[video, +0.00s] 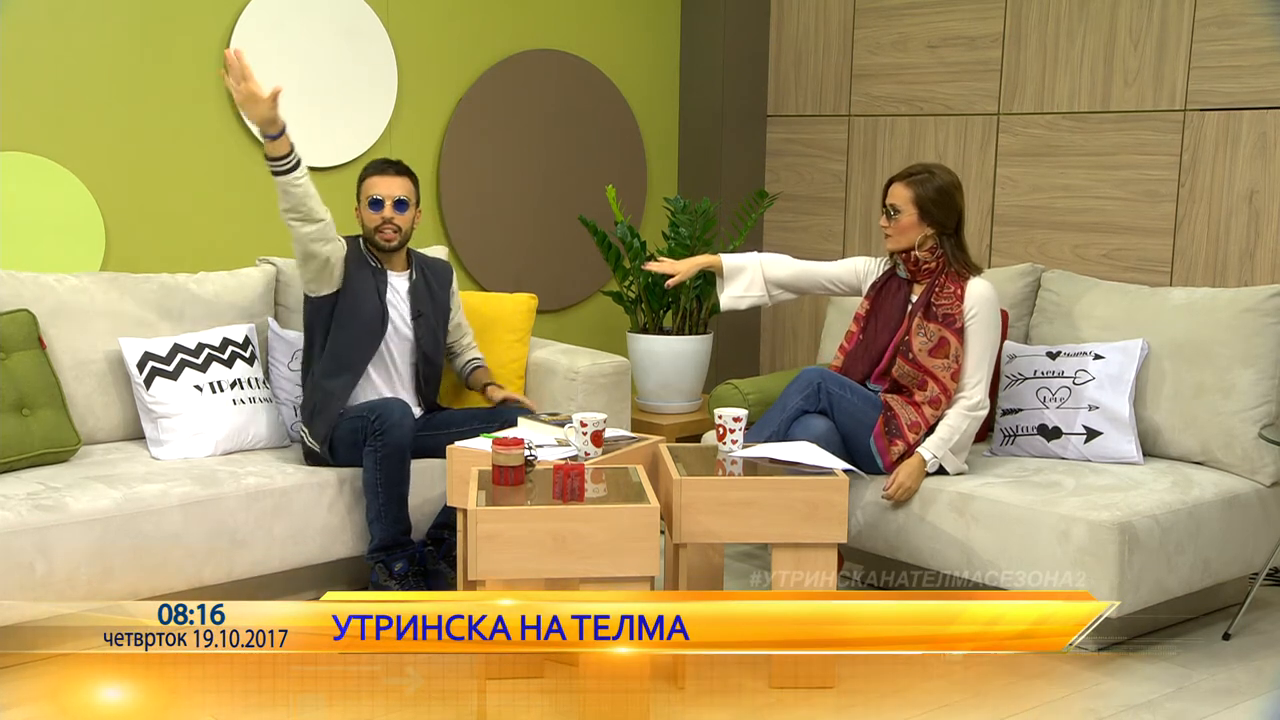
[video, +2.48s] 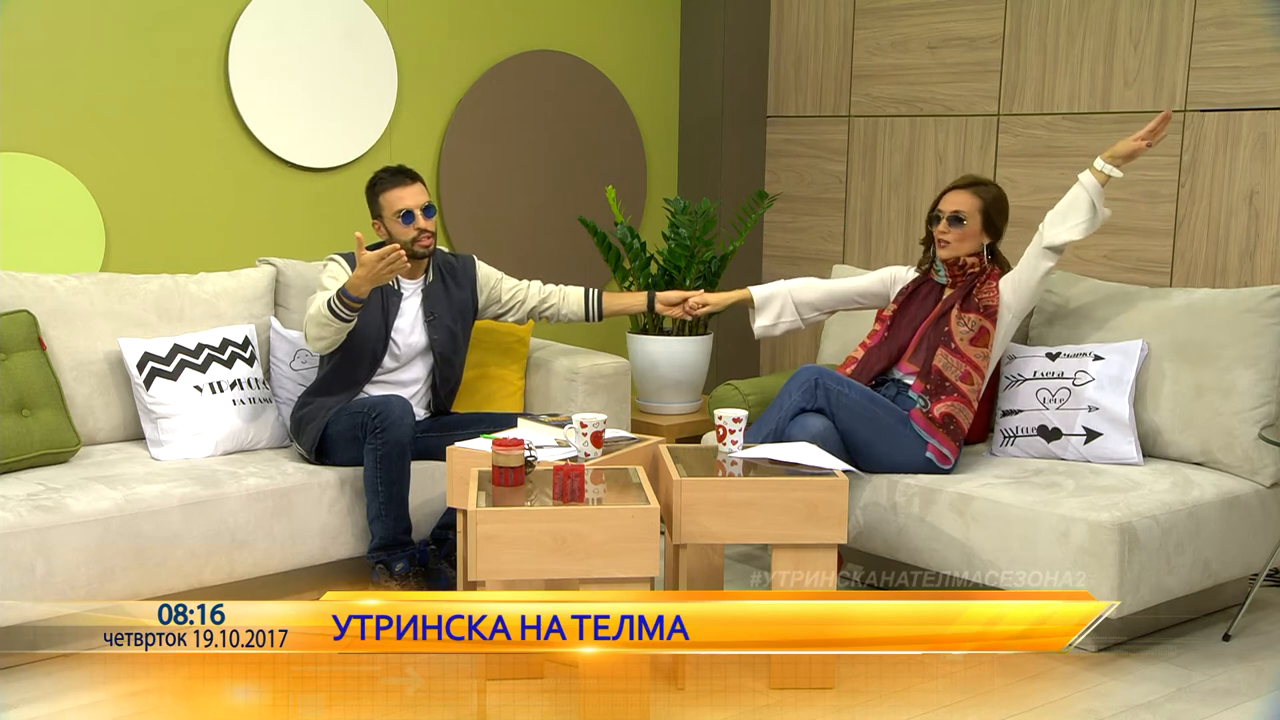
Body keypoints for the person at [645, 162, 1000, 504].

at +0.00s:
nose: (884, 222)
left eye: (895, 213)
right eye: (886, 212)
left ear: (932, 222)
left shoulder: (974, 295)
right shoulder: (881, 271)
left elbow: (972, 399)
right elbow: (797, 273)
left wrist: (921, 460)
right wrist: (705, 262)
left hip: (915, 440)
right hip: (862, 423)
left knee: (817, 379)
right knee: (811, 429)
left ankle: (729, 467)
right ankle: (805, 569)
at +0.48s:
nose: (883, 222)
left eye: (895, 213)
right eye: (885, 212)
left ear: (932, 221)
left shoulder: (973, 293)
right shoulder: (880, 272)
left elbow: (971, 398)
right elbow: (794, 273)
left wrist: (922, 460)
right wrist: (704, 263)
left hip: (916, 440)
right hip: (862, 423)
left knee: (816, 379)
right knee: (811, 429)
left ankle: (728, 468)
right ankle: (805, 570)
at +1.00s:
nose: (888, 220)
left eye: (900, 211)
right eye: (889, 211)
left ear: (937, 219)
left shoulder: (978, 291)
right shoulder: (884, 273)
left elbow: (971, 394)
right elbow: (801, 279)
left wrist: (924, 457)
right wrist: (710, 274)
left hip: (919, 439)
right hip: (864, 422)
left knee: (812, 381)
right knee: (810, 431)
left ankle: (730, 473)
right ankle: (810, 571)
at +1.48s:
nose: (934, 223)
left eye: (949, 216)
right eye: (928, 214)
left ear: (976, 229)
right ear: (918, 222)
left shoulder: (994, 292)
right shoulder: (896, 282)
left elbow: (1044, 276)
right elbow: (810, 294)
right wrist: (718, 303)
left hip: (924, 440)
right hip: (865, 422)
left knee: (812, 381)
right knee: (810, 432)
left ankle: (734, 472)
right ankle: (802, 570)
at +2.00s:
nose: (947, 229)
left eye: (962, 220)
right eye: (940, 219)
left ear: (988, 231)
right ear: (930, 226)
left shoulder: (1001, 294)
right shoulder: (905, 280)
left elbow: (1045, 237)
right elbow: (820, 290)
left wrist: (1100, 157)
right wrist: (725, 297)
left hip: (925, 433)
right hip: (866, 415)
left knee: (813, 380)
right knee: (807, 434)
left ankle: (731, 469)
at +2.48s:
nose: (943, 229)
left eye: (958, 221)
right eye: (938, 220)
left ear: (990, 232)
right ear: (931, 228)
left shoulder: (1003, 297)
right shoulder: (908, 283)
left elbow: (1050, 243)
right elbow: (823, 291)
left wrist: (1107, 164)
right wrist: (730, 298)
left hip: (924, 434)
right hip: (868, 417)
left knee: (814, 378)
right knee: (805, 431)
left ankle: (733, 460)